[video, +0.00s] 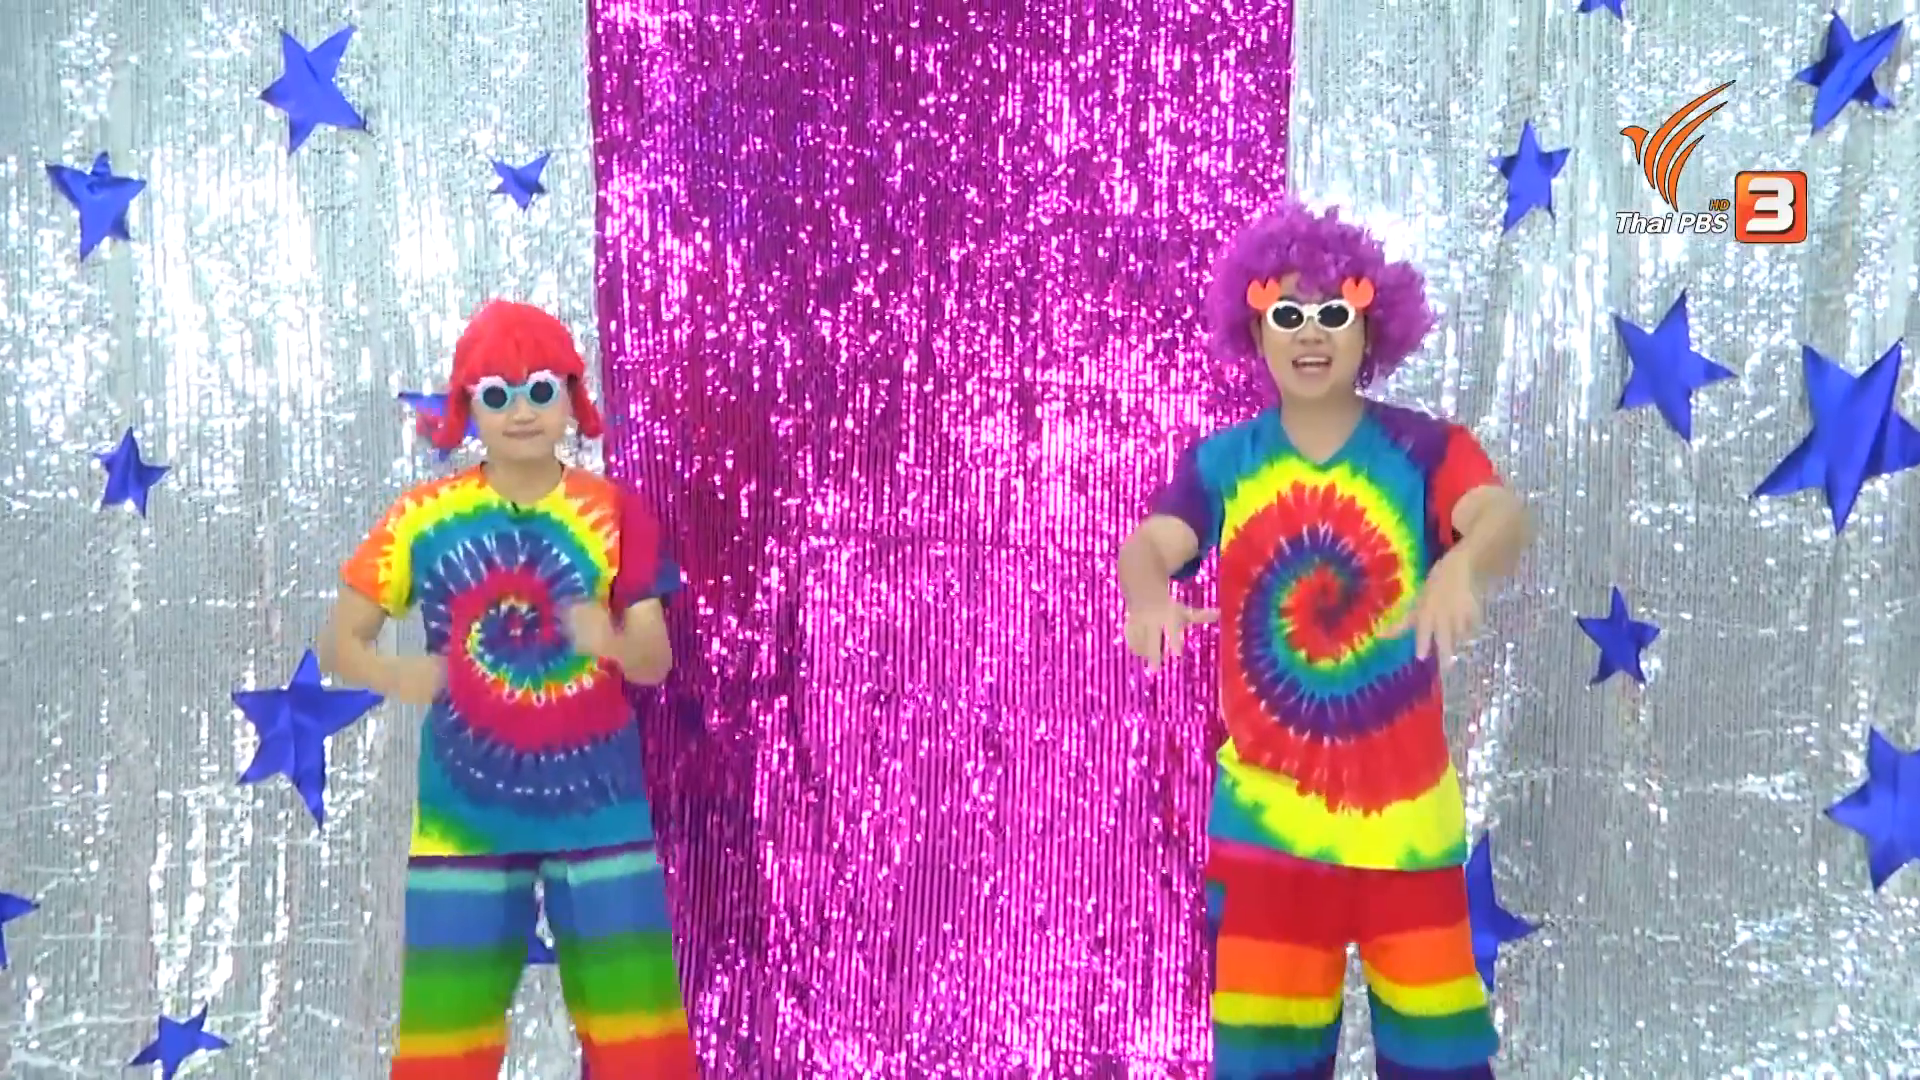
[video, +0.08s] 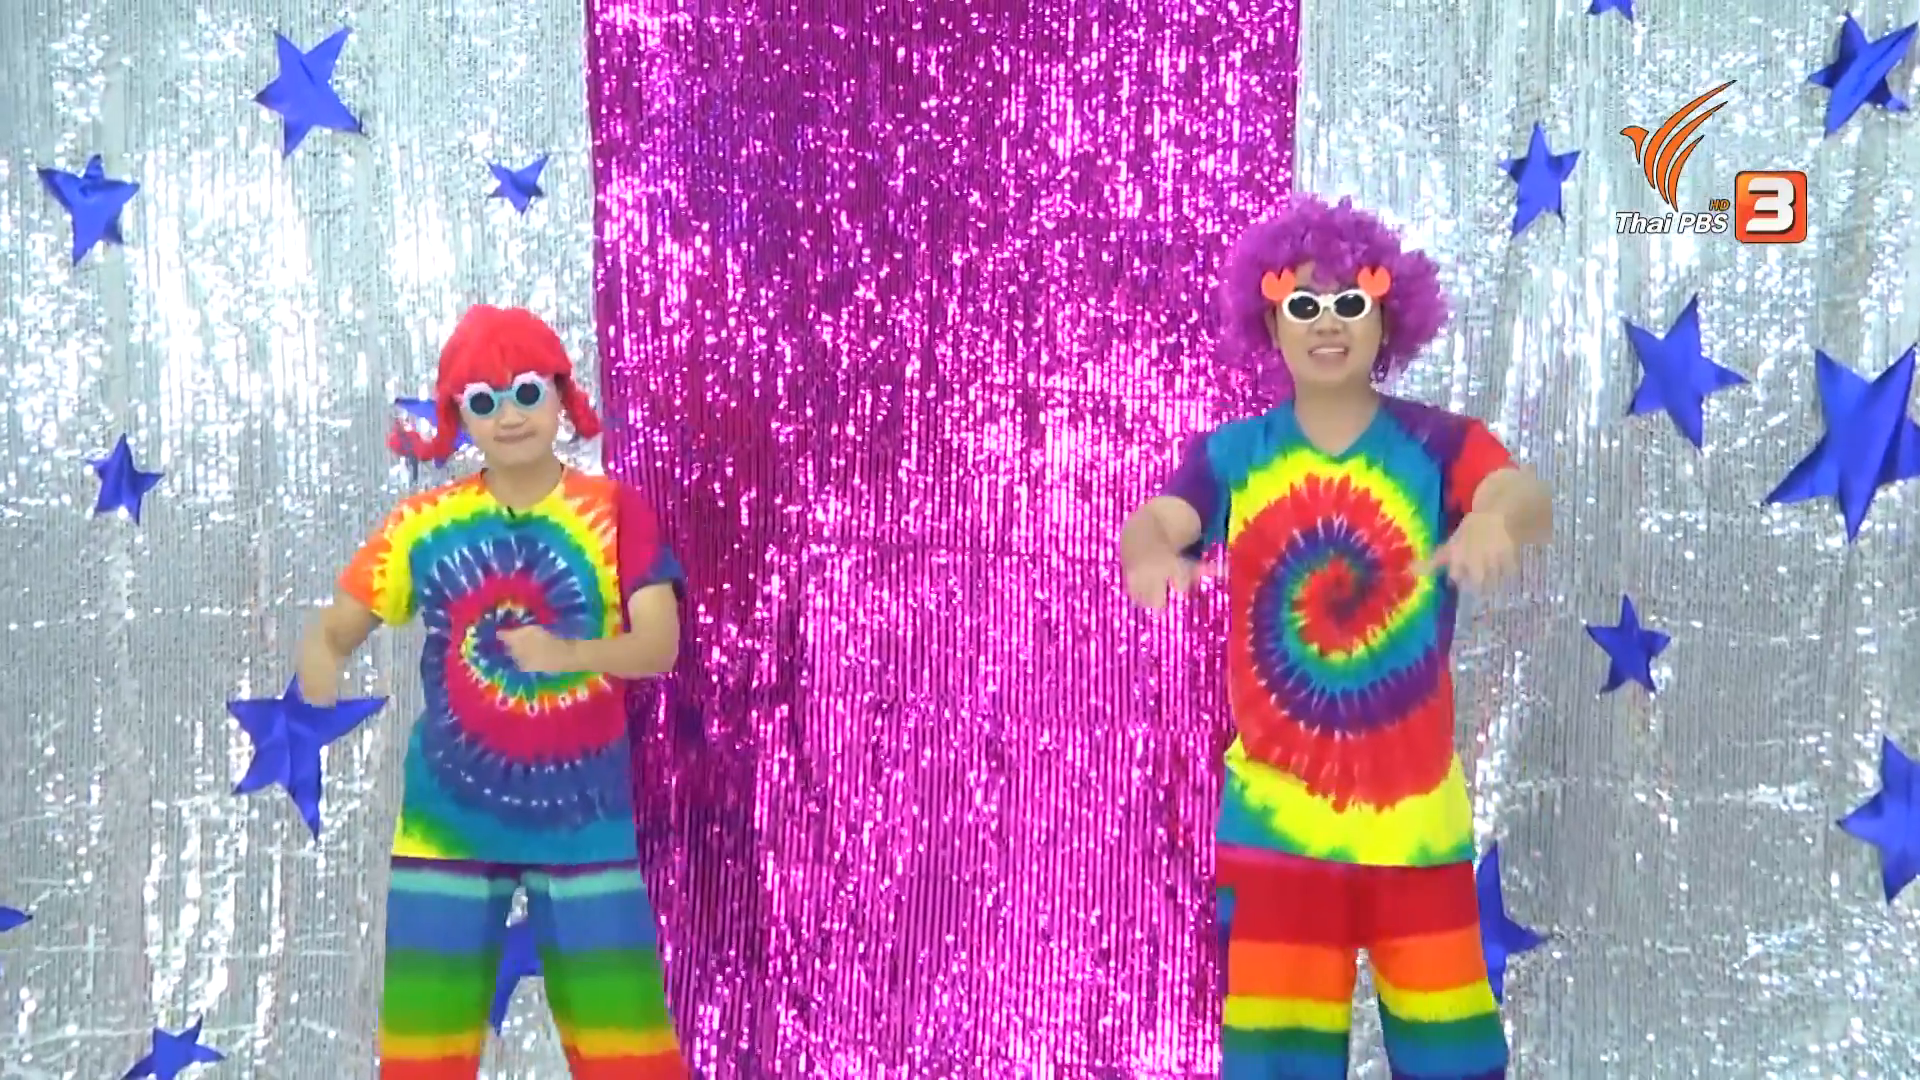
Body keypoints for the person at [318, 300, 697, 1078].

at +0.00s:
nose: (522, 410)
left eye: (542, 389)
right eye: (497, 393)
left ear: (572, 403)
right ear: (468, 411)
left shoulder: (612, 512)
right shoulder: (419, 518)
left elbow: (656, 657)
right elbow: (339, 644)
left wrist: (607, 637)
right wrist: (408, 674)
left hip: (598, 808)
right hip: (465, 814)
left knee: (637, 1033)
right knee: (445, 1042)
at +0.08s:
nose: (510, 414)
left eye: (529, 389)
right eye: (484, 400)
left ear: (562, 398)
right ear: (460, 421)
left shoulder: (613, 510)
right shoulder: (419, 525)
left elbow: (659, 646)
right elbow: (330, 636)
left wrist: (564, 652)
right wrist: (316, 704)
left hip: (585, 826)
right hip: (449, 828)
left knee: (631, 1054)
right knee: (421, 1056)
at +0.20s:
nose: (496, 431)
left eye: (513, 405)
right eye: (470, 421)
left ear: (553, 407)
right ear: (453, 445)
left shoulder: (611, 517)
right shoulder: (429, 541)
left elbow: (659, 626)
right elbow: (335, 650)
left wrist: (532, 596)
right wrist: (285, 615)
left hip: (567, 838)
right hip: (430, 836)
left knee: (596, 1051)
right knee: (410, 1049)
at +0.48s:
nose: (501, 449)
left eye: (522, 426)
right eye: (477, 432)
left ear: (562, 436)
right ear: (456, 453)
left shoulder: (613, 537)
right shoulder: (432, 559)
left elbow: (676, 662)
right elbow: (394, 714)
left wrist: (545, 625)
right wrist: (363, 637)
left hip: (568, 868)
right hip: (433, 864)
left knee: (565, 1067)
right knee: (396, 1064)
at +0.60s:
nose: (516, 445)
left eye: (540, 428)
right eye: (494, 425)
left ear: (571, 447)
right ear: (464, 442)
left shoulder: (616, 541)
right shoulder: (419, 559)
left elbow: (705, 634)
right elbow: (327, 681)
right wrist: (350, 709)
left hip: (594, 866)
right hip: (457, 868)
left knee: (600, 1065)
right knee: (420, 1065)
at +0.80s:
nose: (525, 455)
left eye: (550, 441)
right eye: (504, 430)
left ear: (571, 464)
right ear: (464, 441)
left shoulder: (609, 550)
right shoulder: (403, 563)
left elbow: (758, 624)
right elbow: (291, 671)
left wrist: (707, 598)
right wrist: (423, 631)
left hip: (621, 875)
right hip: (481, 880)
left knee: (629, 1068)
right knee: (450, 1069)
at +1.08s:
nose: (503, 445)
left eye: (525, 426)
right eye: (477, 427)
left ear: (554, 444)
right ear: (442, 447)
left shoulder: (599, 551)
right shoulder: (390, 564)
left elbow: (705, 672)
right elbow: (277, 678)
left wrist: (613, 633)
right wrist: (384, 648)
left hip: (593, 879)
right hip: (449, 885)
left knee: (628, 1067)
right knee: (430, 1071)